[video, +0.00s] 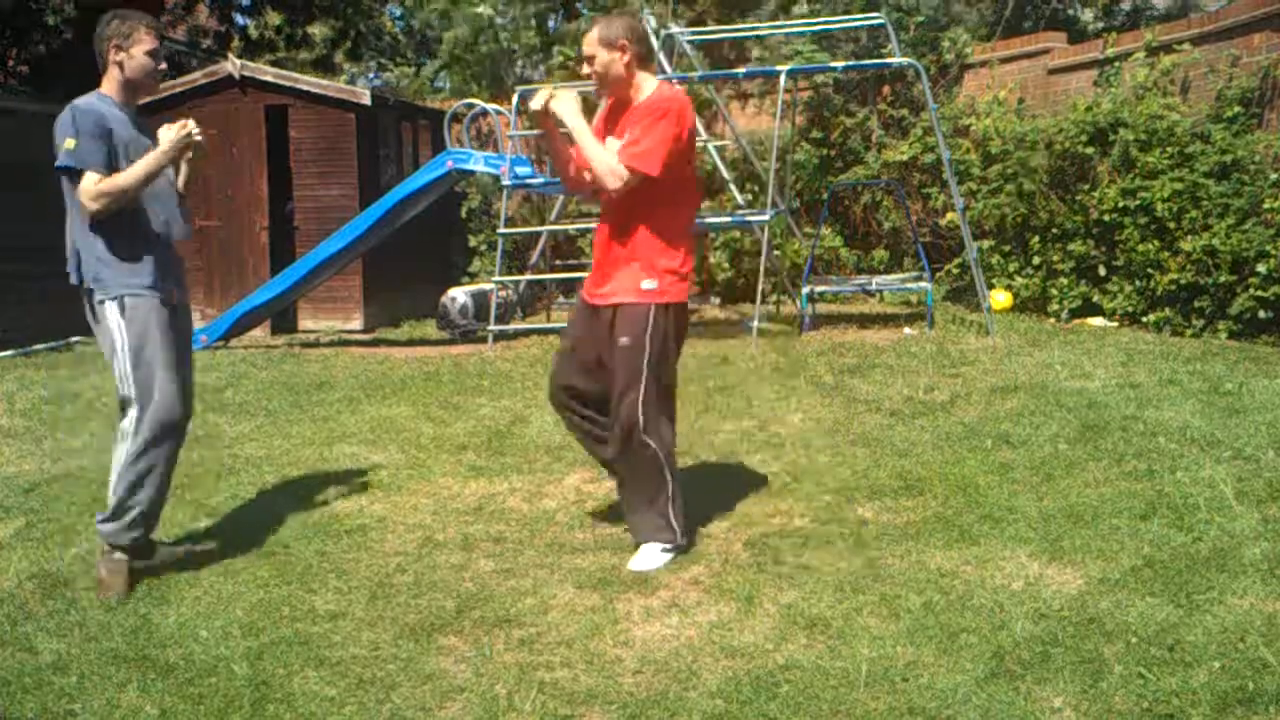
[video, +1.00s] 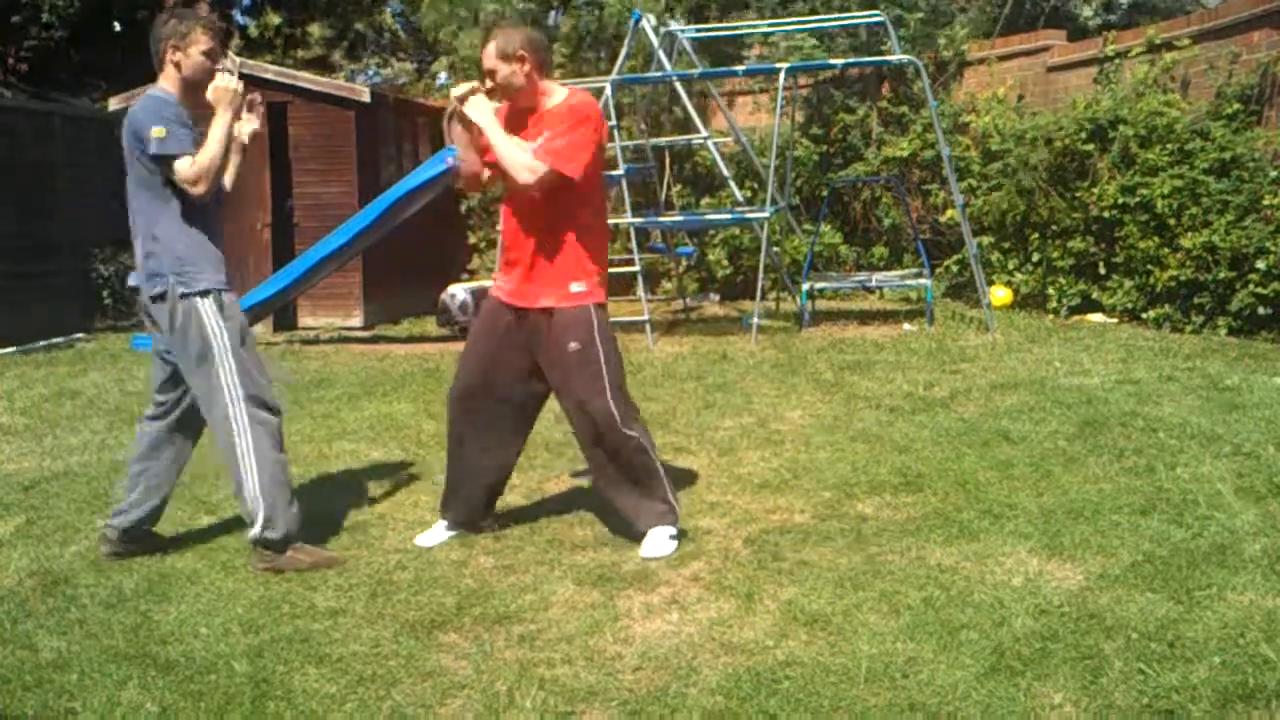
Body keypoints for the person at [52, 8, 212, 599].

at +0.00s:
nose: (163, 64)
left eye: (163, 54)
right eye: (154, 54)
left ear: (128, 57)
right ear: (118, 55)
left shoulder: (139, 125)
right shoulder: (85, 113)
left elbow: (164, 208)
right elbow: (94, 197)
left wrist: (183, 155)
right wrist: (164, 152)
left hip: (162, 284)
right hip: (123, 286)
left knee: (172, 409)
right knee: (157, 406)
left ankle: (138, 540)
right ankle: (117, 538)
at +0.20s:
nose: (177, 63)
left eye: (177, 53)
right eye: (168, 53)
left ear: (147, 57)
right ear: (133, 56)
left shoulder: (151, 116)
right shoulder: (110, 110)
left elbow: (181, 191)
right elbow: (142, 185)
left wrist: (194, 135)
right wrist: (190, 130)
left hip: (162, 276)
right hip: (141, 278)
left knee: (155, 404)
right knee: (204, 391)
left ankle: (126, 534)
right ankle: (207, 538)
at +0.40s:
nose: (201, 71)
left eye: (201, 61)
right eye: (193, 60)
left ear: (166, 63)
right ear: (158, 62)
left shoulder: (165, 121)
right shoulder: (134, 115)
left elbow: (197, 206)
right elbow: (168, 196)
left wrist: (217, 149)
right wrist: (205, 136)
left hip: (180, 282)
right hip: (172, 286)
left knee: (176, 411)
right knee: (232, 403)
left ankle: (130, 534)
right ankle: (274, 540)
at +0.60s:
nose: (219, 68)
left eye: (220, 58)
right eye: (209, 58)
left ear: (188, 62)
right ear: (173, 60)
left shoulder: (208, 123)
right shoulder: (136, 120)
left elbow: (278, 167)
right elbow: (149, 206)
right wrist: (195, 139)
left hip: (213, 284)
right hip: (187, 286)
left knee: (207, 410)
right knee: (251, 402)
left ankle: (136, 527)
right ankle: (273, 542)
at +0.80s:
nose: (221, 75)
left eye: (223, 66)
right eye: (212, 65)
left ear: (193, 70)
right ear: (174, 67)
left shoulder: (211, 129)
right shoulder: (138, 129)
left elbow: (276, 177)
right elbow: (165, 209)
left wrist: (298, 150)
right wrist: (202, 142)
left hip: (226, 286)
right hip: (198, 290)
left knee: (214, 413)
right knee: (273, 405)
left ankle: (135, 530)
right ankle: (276, 545)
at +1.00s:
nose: (217, 66)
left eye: (219, 57)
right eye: (208, 55)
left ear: (185, 59)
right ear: (172, 55)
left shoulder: (181, 115)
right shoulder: (150, 109)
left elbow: (218, 191)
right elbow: (194, 178)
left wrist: (239, 141)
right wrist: (223, 113)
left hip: (186, 280)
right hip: (185, 282)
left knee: (176, 409)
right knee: (247, 399)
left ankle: (127, 527)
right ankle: (276, 539)